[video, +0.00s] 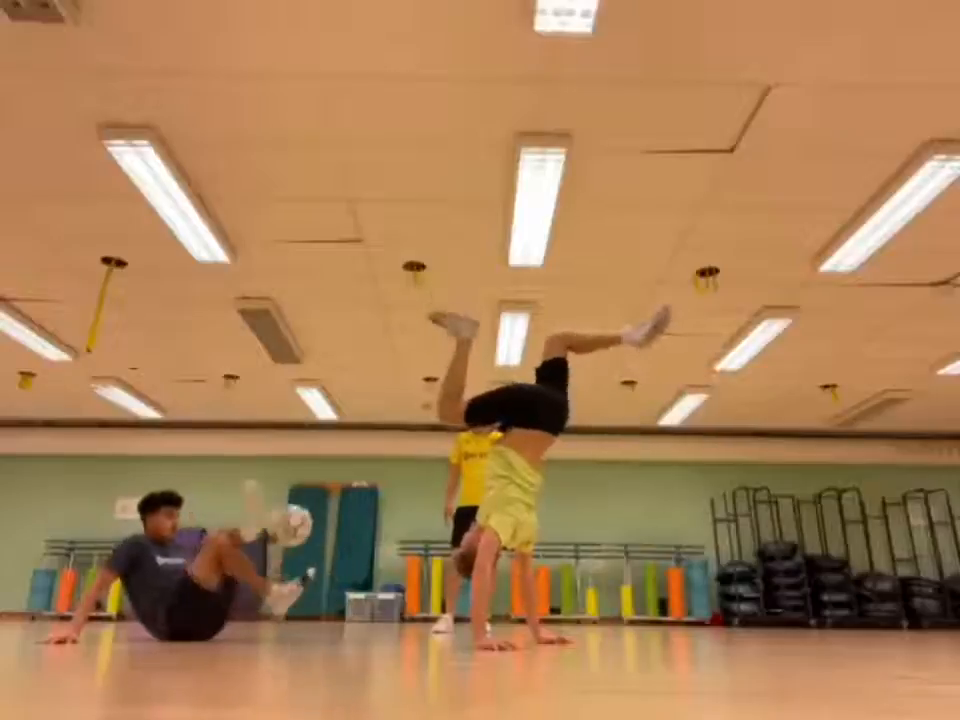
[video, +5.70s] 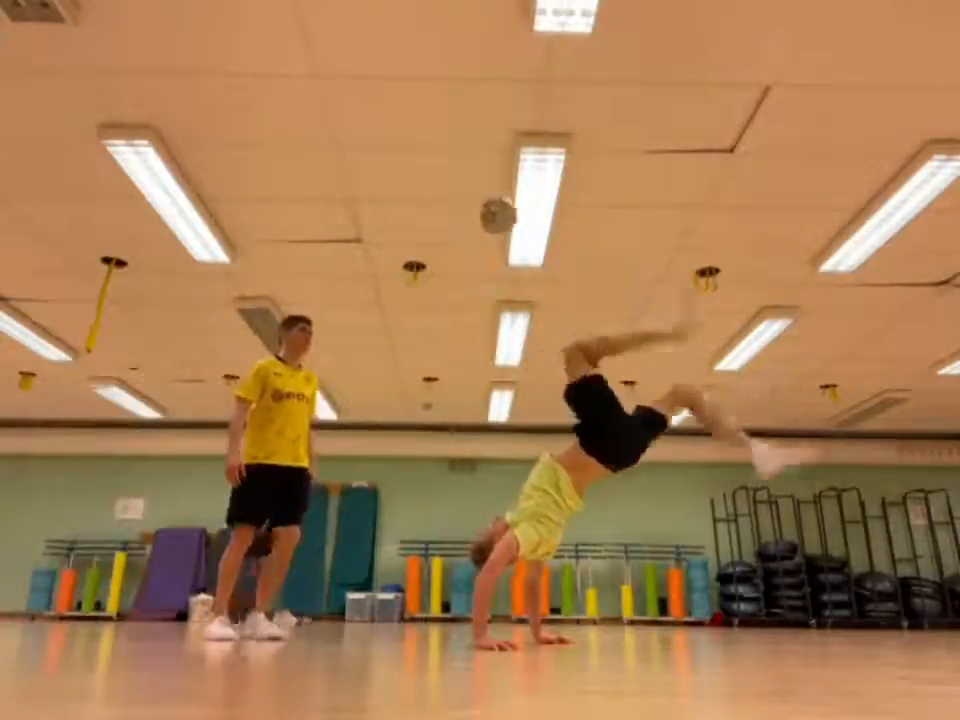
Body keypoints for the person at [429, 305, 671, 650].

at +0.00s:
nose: (479, 558)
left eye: (473, 557)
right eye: (475, 556)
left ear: (471, 550)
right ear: (473, 545)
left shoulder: (522, 536)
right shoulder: (492, 530)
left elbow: (526, 586)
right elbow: (483, 579)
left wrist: (537, 633)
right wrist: (481, 637)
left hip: (553, 413)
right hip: (529, 409)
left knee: (557, 342)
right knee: (451, 414)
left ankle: (629, 336)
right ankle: (464, 338)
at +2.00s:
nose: (485, 562)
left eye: (484, 566)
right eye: (482, 563)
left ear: (474, 548)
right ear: (475, 543)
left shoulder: (525, 534)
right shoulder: (495, 527)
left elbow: (527, 582)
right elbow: (482, 575)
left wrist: (537, 631)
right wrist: (481, 636)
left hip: (554, 414)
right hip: (533, 408)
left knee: (557, 343)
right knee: (452, 416)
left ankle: (612, 370)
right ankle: (459, 342)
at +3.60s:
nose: (476, 542)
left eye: (469, 542)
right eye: (476, 545)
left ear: (471, 542)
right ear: (477, 541)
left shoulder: (525, 536)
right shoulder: (496, 529)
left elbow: (528, 584)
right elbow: (482, 578)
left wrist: (537, 632)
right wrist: (481, 636)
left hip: (557, 413)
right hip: (534, 410)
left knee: (545, 347)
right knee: (464, 381)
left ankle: (602, 309)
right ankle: (450, 302)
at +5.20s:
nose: (476, 543)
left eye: (473, 548)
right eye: (476, 546)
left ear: (475, 547)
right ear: (481, 544)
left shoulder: (528, 540)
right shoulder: (504, 531)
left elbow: (529, 586)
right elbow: (484, 575)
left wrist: (538, 632)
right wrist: (481, 635)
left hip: (572, 416)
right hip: (554, 416)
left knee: (580, 347)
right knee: (471, 409)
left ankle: (658, 323)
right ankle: (472, 331)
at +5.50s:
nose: (482, 542)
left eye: (480, 545)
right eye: (481, 543)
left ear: (482, 550)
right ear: (484, 544)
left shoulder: (530, 541)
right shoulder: (509, 534)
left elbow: (530, 588)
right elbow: (482, 576)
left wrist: (536, 632)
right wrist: (480, 635)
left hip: (598, 436)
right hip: (582, 432)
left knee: (634, 367)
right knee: (515, 382)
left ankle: (714, 359)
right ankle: (527, 301)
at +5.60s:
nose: (488, 525)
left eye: (486, 534)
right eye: (487, 533)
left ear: (490, 546)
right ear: (490, 540)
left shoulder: (530, 538)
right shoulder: (514, 532)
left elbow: (535, 586)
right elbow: (486, 574)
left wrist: (537, 632)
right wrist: (480, 637)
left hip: (604, 438)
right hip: (596, 436)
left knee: (655, 374)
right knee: (538, 362)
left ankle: (736, 390)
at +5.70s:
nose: (495, 524)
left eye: (494, 536)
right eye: (494, 531)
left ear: (495, 550)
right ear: (497, 537)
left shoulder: (535, 539)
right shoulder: (519, 534)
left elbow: (535, 586)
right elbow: (485, 579)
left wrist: (537, 630)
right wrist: (479, 637)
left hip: (618, 452)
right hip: (609, 441)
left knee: (683, 394)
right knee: (576, 353)